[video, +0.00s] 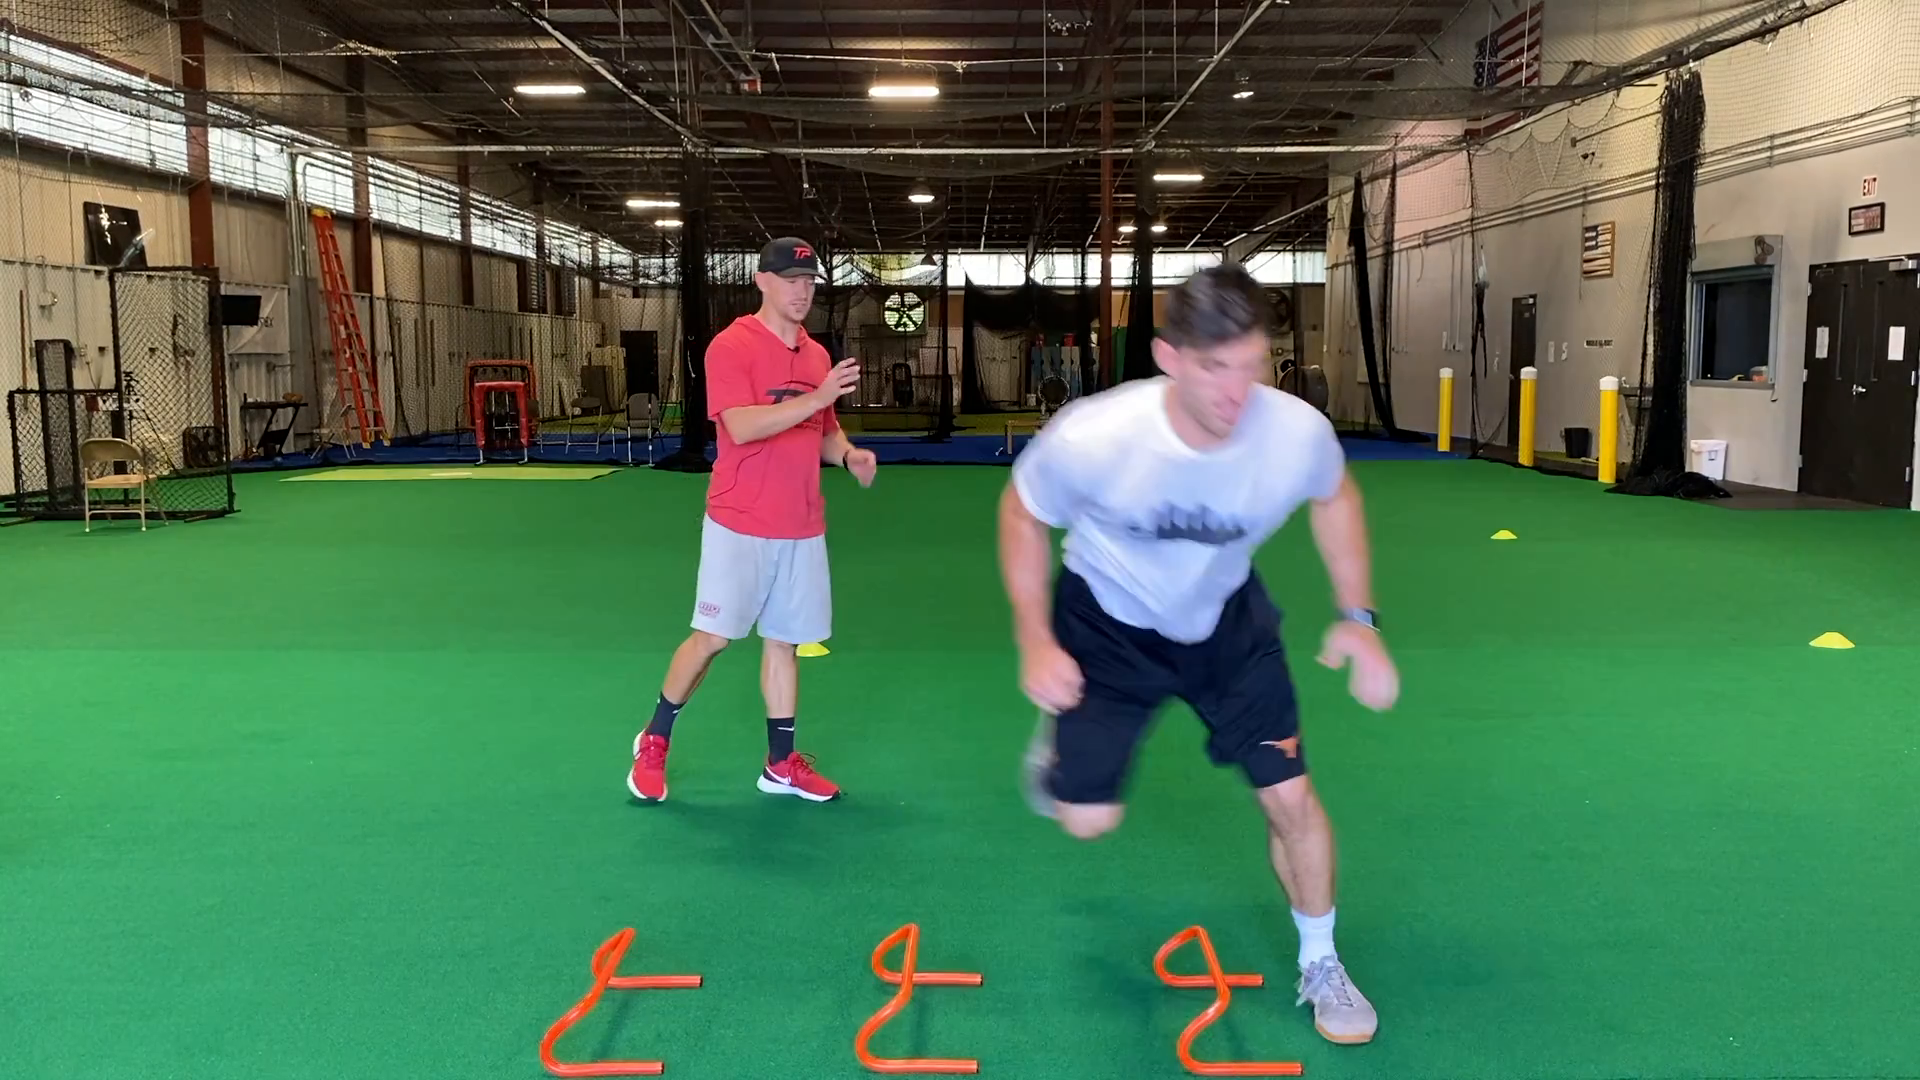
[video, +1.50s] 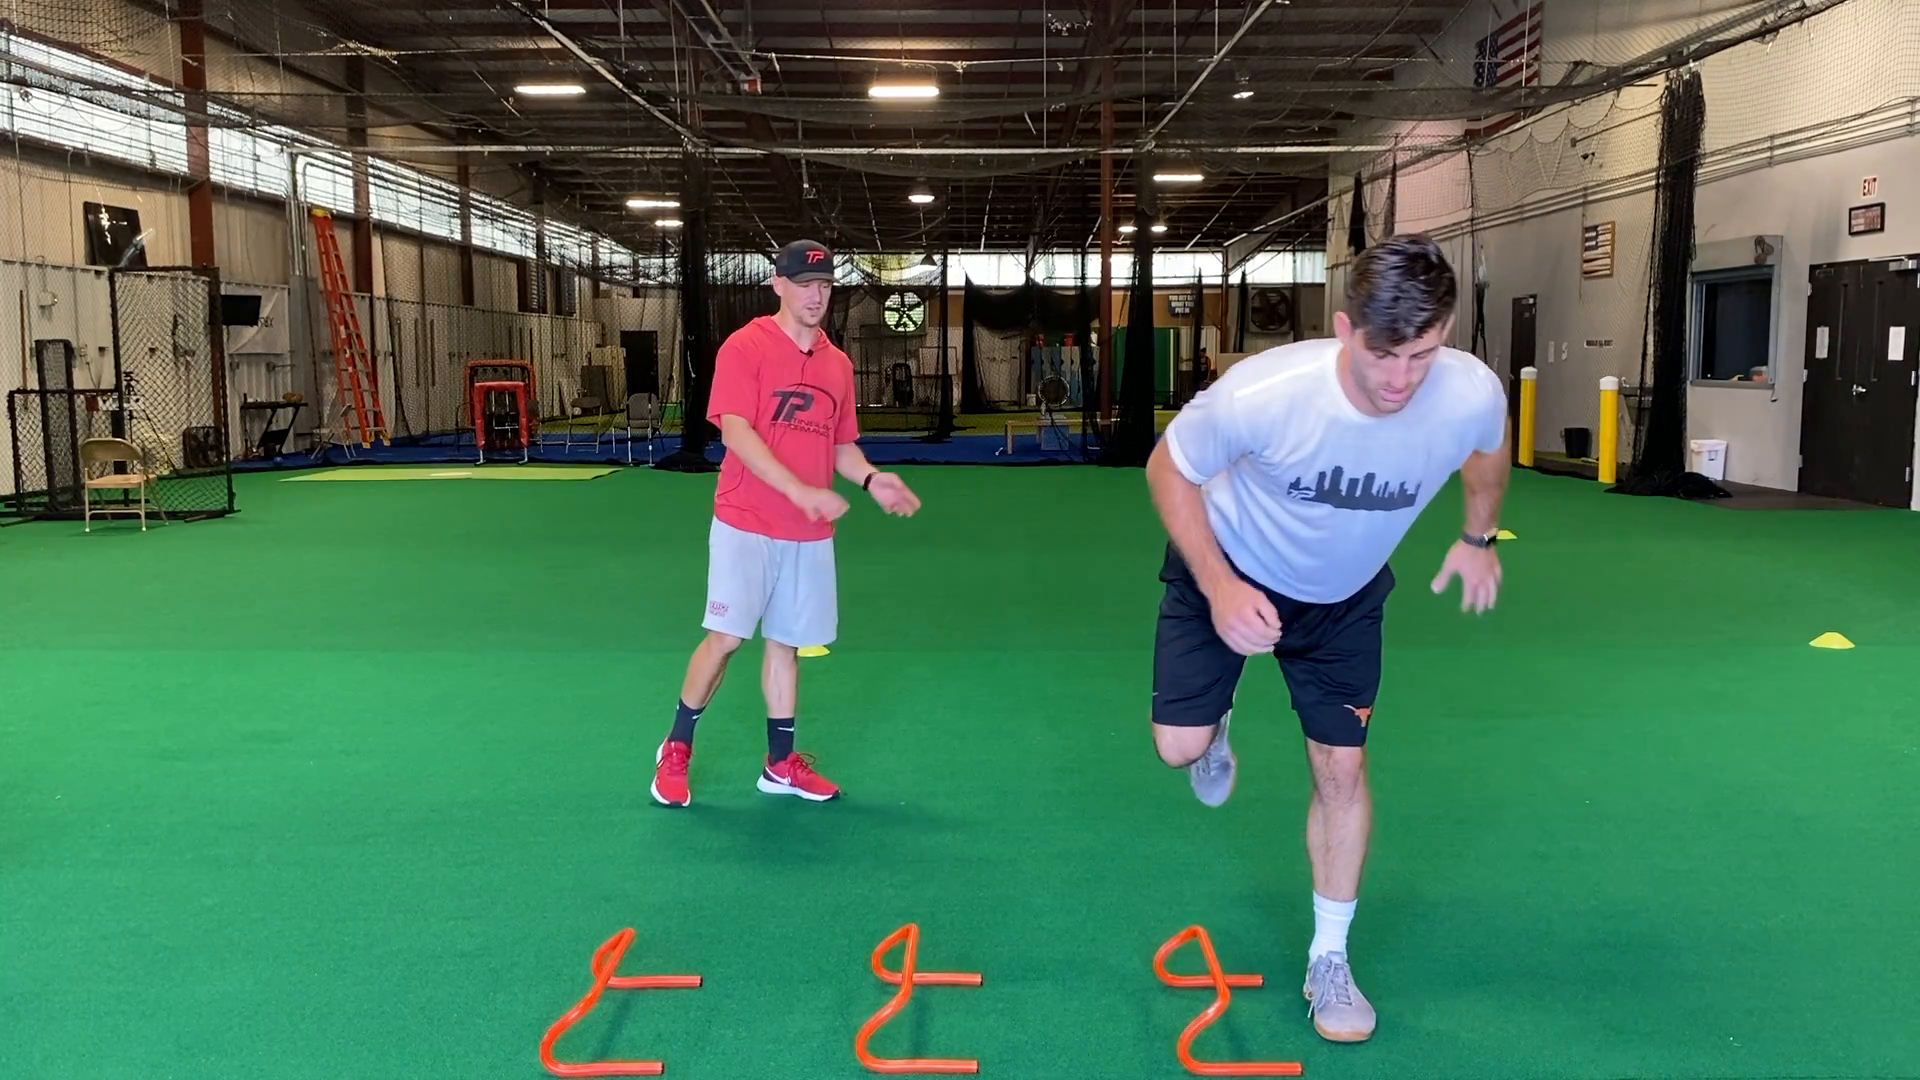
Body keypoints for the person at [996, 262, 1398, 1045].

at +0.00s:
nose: (1237, 389)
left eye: (1251, 368)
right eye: (1216, 368)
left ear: (1266, 359)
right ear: (1168, 358)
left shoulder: (1298, 433)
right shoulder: (1092, 435)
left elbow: (1335, 498)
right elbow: (1022, 509)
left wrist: (1356, 614)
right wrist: (1035, 639)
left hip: (1228, 616)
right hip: (1110, 617)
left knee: (1289, 795)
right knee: (1087, 816)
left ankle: (1321, 965)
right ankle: (1059, 742)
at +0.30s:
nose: (1367, 438)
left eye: (1384, 416)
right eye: (1349, 418)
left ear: (1401, 399)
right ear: (1302, 397)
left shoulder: (1438, 462)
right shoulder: (1225, 460)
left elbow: (1493, 518)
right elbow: (1140, 526)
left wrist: (1522, 639)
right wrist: (1146, 654)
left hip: (1350, 636)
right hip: (1227, 630)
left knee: (1367, 795)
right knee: (1212, 805)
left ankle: (1346, 961)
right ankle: (1237, 787)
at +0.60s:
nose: (1455, 401)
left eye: (1471, 380)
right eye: (1436, 380)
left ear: (1489, 364)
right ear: (1389, 359)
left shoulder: (1509, 453)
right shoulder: (1304, 399)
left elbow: (1540, 536)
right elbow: (1207, 436)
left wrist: (1568, 650)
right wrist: (1162, 561)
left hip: (1364, 610)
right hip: (1238, 562)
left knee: (1379, 776)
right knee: (1121, 705)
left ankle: (1344, 960)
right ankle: (1181, 691)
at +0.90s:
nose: (1485, 395)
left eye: (1505, 374)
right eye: (1467, 372)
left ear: (1519, 359)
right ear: (1422, 347)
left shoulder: (1530, 448)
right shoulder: (1333, 386)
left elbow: (1546, 535)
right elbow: (1226, 423)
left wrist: (1555, 657)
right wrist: (1180, 548)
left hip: (1369, 600)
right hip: (1250, 542)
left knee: (1377, 770)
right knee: (1124, 684)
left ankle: (1338, 961)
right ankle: (1137, 701)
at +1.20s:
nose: (1464, 389)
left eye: (1482, 369)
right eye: (1445, 367)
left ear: (1501, 353)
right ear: (1401, 345)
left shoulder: (1516, 437)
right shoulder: (1314, 392)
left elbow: (1532, 522)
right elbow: (1207, 438)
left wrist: (1539, 643)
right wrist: (1179, 568)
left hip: (1370, 603)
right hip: (1246, 559)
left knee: (1375, 770)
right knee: (1148, 715)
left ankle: (1337, 959)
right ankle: (1173, 719)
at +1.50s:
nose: (1400, 376)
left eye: (1421, 356)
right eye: (1383, 354)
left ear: (1442, 338)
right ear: (1344, 328)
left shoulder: (1471, 397)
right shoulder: (1262, 393)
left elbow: (1489, 456)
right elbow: (1167, 467)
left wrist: (1478, 535)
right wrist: (1218, 586)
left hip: (1345, 594)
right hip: (1223, 570)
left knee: (1341, 764)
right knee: (1179, 743)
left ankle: (1330, 957)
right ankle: (1208, 733)